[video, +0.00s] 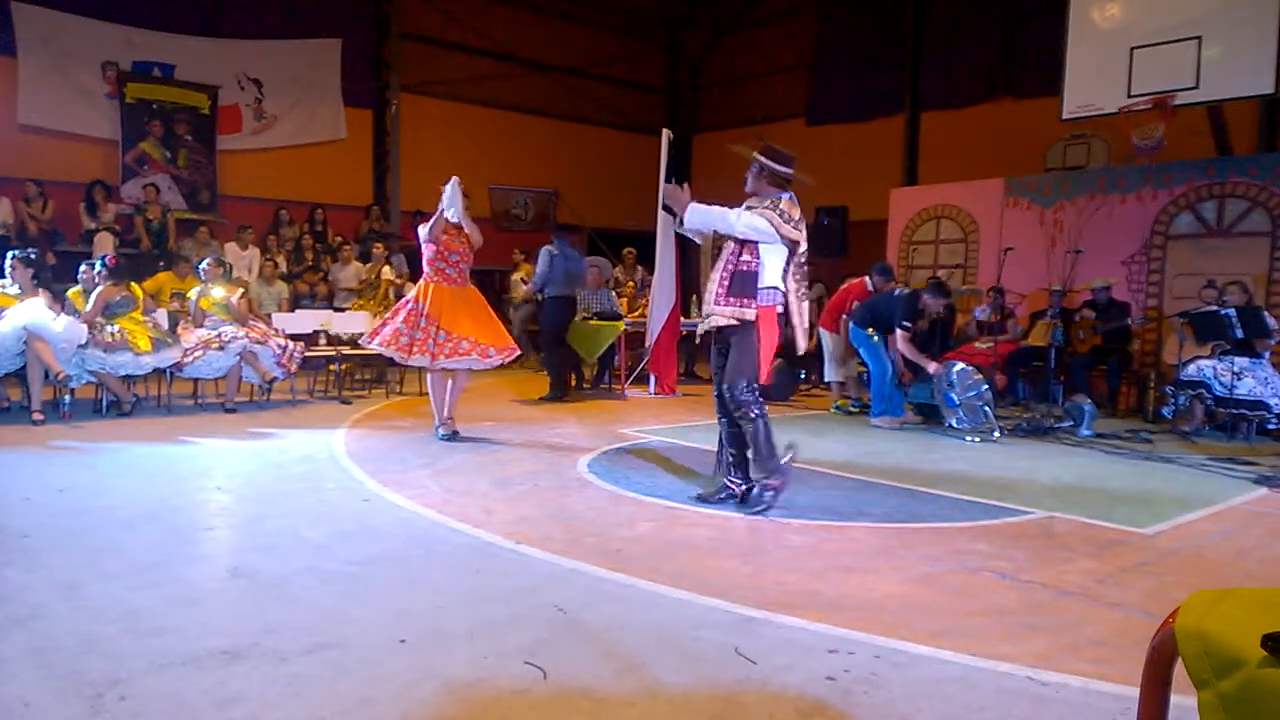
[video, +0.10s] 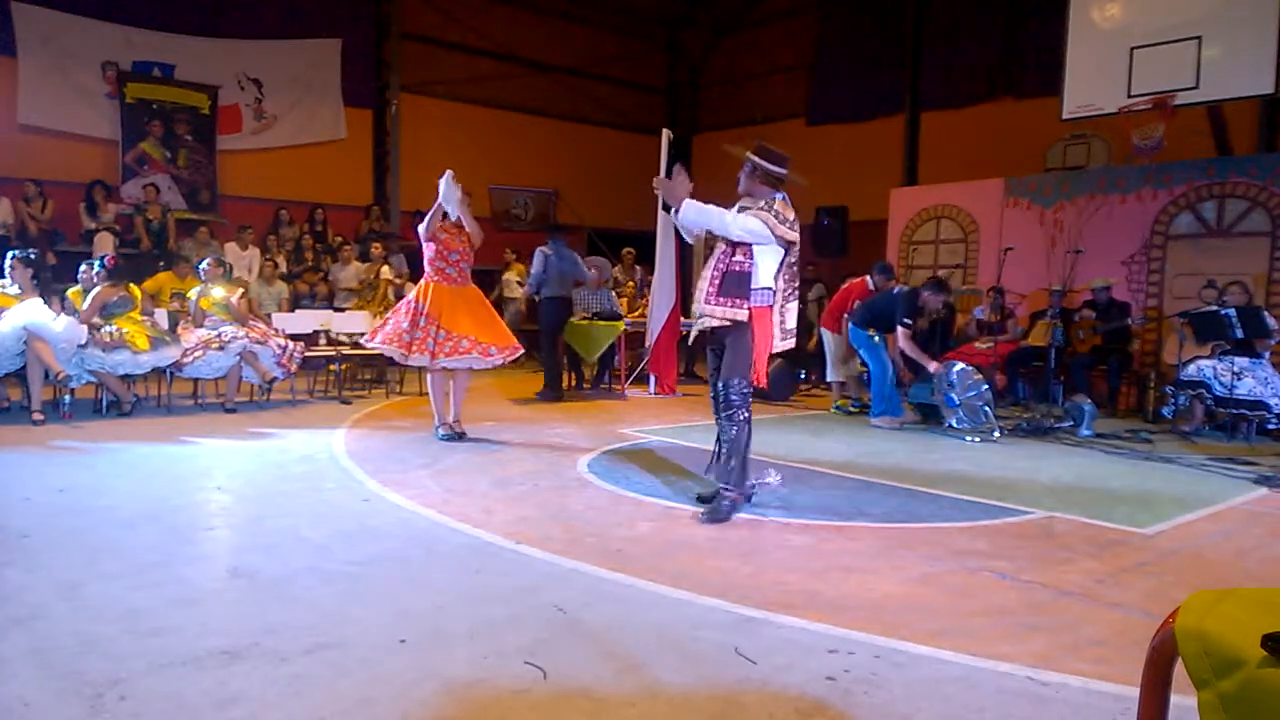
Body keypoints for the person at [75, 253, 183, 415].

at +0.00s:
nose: (95, 277)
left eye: (97, 273)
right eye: (95, 273)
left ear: (105, 273)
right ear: (120, 271)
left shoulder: (103, 292)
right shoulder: (134, 287)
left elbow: (89, 318)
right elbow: (151, 307)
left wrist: (76, 318)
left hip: (121, 337)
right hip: (140, 334)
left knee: (88, 360)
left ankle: (126, 396)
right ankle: (124, 394)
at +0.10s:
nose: (95, 275)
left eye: (97, 272)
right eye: (95, 272)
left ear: (104, 273)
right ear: (120, 271)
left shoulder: (102, 292)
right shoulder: (133, 288)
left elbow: (84, 318)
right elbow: (149, 311)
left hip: (119, 337)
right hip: (138, 334)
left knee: (88, 360)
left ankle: (126, 396)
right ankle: (125, 394)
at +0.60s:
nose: (84, 276)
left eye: (86, 272)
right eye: (84, 272)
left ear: (94, 275)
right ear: (111, 272)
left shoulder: (95, 296)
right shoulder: (120, 288)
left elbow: (78, 320)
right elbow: (136, 303)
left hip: (116, 336)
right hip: (130, 330)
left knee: (87, 360)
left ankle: (128, 397)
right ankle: (126, 394)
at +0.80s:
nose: (82, 274)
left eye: (85, 270)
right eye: (82, 270)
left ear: (95, 274)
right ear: (110, 271)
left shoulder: (93, 294)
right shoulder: (116, 286)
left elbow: (73, 313)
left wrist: (78, 289)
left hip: (114, 336)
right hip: (128, 330)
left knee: (84, 360)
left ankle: (128, 396)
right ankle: (126, 393)